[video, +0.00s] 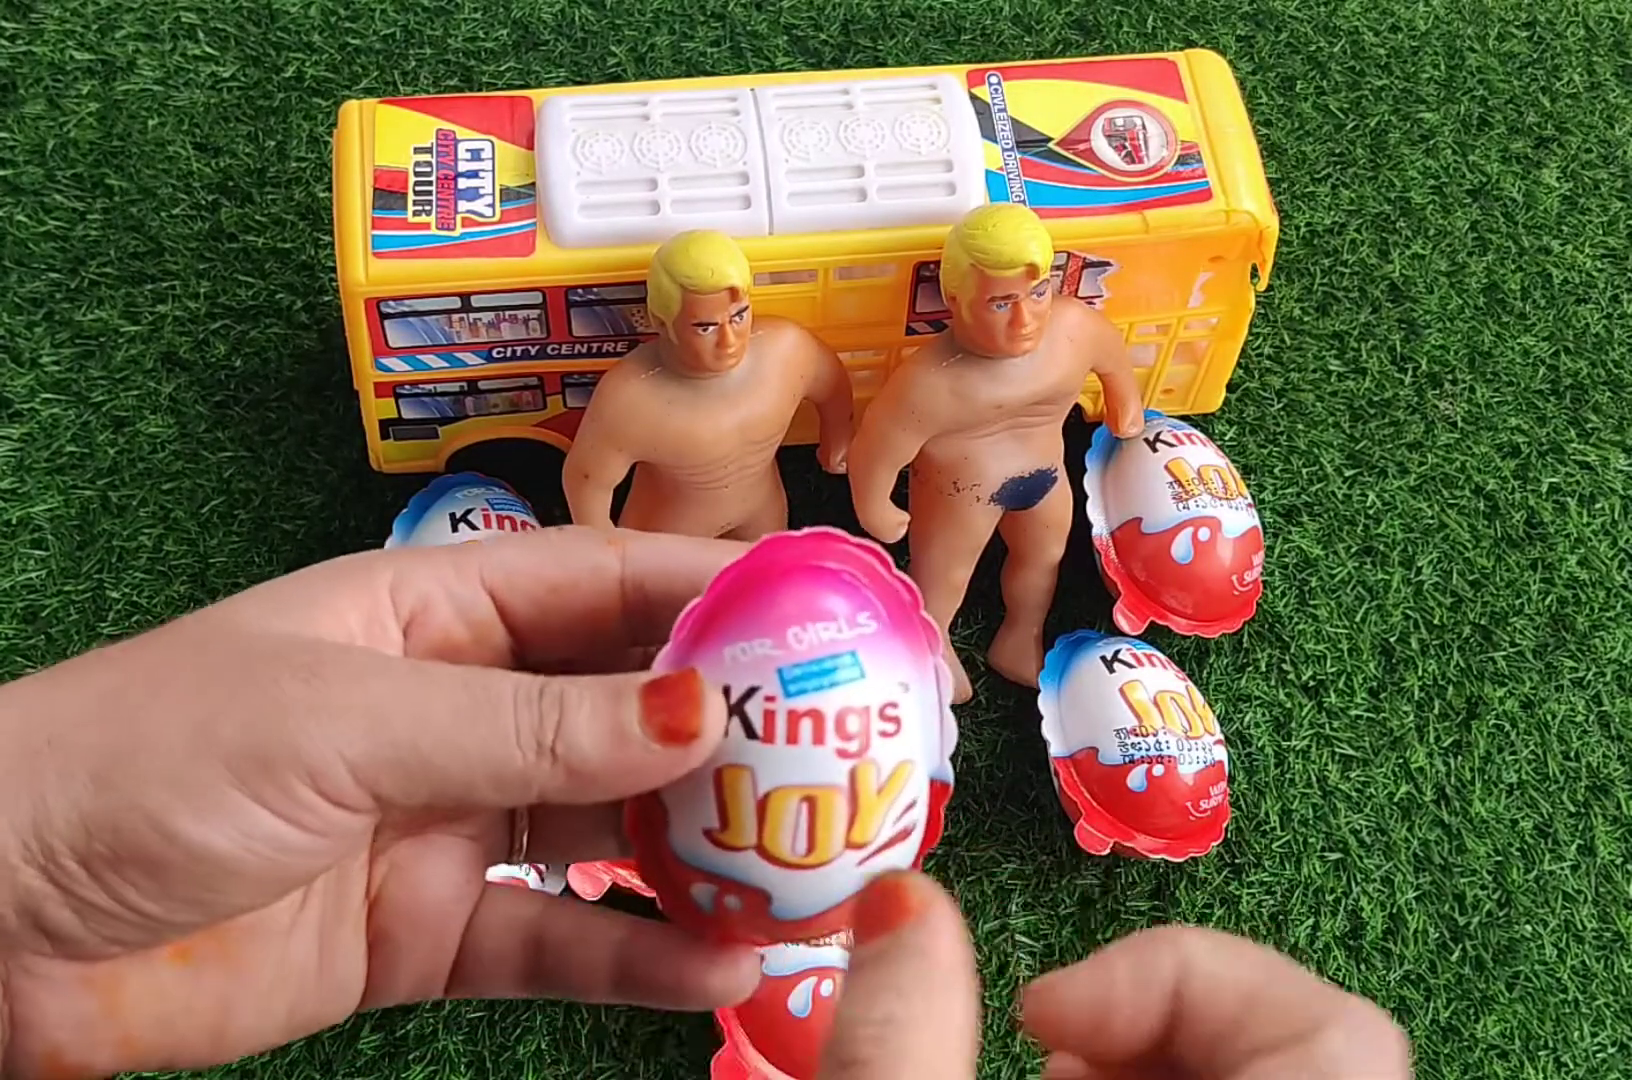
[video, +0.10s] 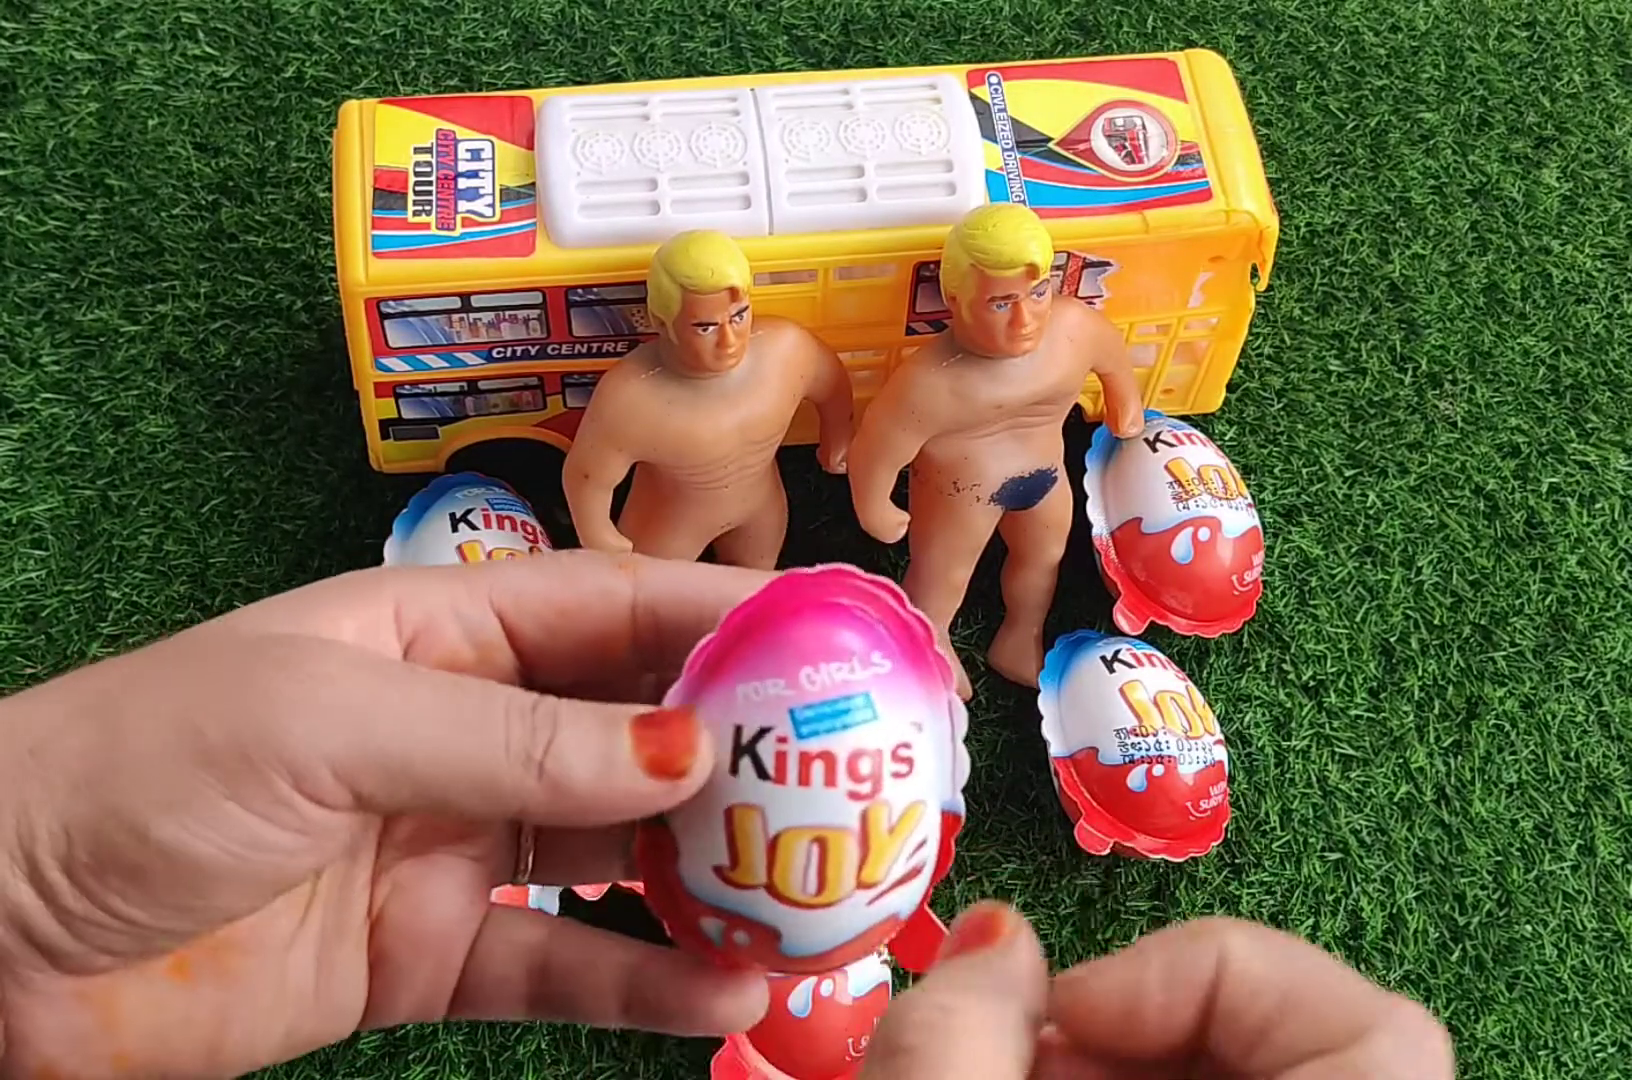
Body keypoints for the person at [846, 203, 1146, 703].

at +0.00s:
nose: (1024, 317)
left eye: (1036, 295)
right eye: (1000, 303)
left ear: (1050, 283)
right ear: (953, 302)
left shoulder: (1077, 327)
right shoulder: (926, 383)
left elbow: (1114, 360)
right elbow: (874, 452)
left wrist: (1126, 409)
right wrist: (876, 512)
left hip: (1045, 477)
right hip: (959, 492)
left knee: (1041, 561)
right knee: (943, 580)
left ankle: (1020, 643)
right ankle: (931, 650)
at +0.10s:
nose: (1023, 317)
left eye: (1036, 295)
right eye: (999, 303)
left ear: (1050, 283)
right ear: (953, 303)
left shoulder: (1078, 327)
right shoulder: (927, 383)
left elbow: (1114, 360)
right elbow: (872, 455)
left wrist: (1127, 411)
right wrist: (878, 515)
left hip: (1045, 477)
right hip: (959, 491)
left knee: (1041, 562)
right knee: (942, 580)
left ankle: (1020, 643)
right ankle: (928, 646)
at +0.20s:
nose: (1024, 317)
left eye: (1037, 294)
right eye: (1000, 303)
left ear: (1050, 283)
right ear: (952, 303)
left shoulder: (1078, 327)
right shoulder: (927, 382)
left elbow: (1116, 364)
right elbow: (871, 459)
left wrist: (1127, 411)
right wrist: (878, 516)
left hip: (1045, 476)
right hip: (959, 490)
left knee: (1041, 563)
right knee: (941, 579)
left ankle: (1020, 642)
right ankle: (927, 649)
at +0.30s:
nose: (1024, 317)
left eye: (1037, 294)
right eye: (999, 303)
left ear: (1051, 283)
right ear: (952, 303)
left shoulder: (1079, 327)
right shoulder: (926, 383)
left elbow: (1115, 362)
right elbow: (872, 456)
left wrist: (1127, 412)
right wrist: (879, 516)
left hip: (1045, 477)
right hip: (959, 492)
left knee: (1041, 562)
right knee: (942, 578)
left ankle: (1020, 643)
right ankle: (930, 646)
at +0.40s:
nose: (1024, 317)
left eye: (1036, 294)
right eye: (1000, 303)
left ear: (1050, 283)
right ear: (953, 302)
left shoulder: (1078, 327)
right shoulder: (927, 383)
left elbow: (1114, 360)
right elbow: (873, 452)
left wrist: (1126, 408)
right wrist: (877, 513)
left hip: (1045, 476)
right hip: (960, 491)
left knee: (1041, 561)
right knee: (942, 576)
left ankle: (1020, 641)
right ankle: (931, 643)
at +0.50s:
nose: (1024, 317)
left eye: (1037, 294)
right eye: (1000, 303)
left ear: (1051, 283)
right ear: (954, 301)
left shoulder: (1078, 327)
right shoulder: (927, 383)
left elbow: (1114, 361)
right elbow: (873, 452)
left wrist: (1127, 410)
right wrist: (877, 513)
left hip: (1045, 476)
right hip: (960, 490)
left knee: (1041, 560)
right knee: (942, 576)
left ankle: (1020, 642)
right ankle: (931, 643)